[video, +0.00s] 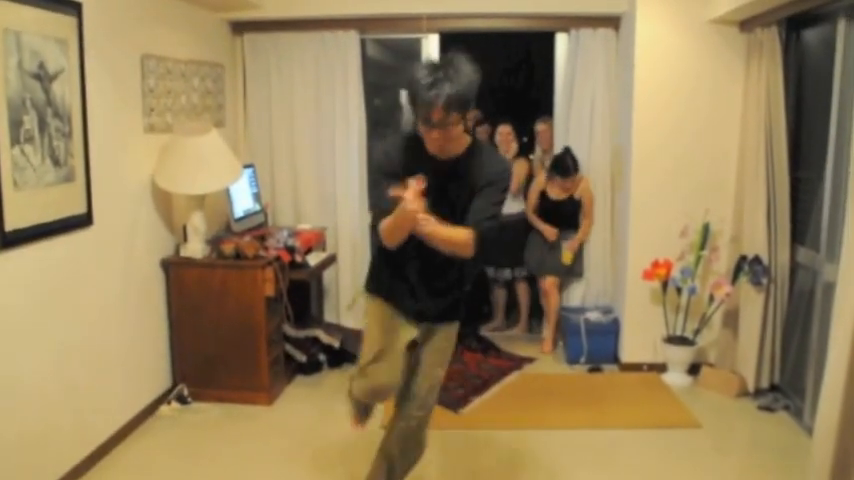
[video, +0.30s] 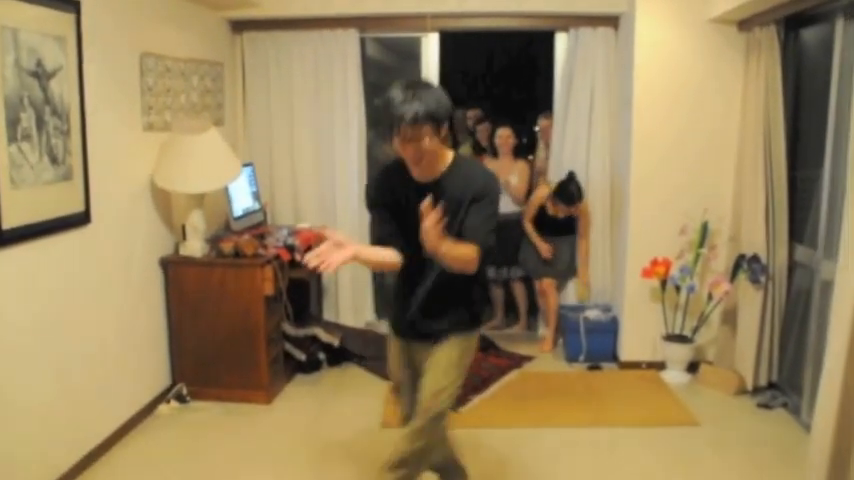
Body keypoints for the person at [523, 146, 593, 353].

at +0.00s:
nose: (567, 185)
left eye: (570, 180)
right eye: (563, 181)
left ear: (576, 175)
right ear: (553, 176)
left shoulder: (583, 187)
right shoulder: (541, 182)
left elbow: (587, 219)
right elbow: (529, 211)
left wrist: (575, 242)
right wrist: (544, 228)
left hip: (568, 234)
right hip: (542, 231)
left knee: (550, 283)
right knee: (543, 284)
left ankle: (549, 333)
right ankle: (551, 329)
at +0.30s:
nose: (565, 213)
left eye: (569, 210)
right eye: (562, 209)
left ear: (576, 204)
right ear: (555, 198)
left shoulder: (580, 208)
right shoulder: (542, 194)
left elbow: (582, 238)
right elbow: (526, 220)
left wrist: (583, 273)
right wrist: (540, 244)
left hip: (565, 240)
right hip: (538, 237)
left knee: (548, 284)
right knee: (540, 286)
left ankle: (551, 333)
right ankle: (550, 328)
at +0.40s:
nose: (562, 220)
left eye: (567, 217)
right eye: (560, 215)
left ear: (575, 212)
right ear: (554, 205)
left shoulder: (579, 215)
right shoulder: (540, 200)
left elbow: (582, 247)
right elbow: (524, 225)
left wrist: (583, 281)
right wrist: (538, 250)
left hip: (564, 242)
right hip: (538, 239)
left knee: (547, 283)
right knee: (538, 287)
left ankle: (550, 332)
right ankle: (550, 329)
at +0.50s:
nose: (562, 221)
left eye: (567, 219)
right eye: (560, 217)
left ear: (575, 213)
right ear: (554, 207)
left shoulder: (579, 216)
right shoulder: (541, 200)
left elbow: (581, 248)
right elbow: (524, 225)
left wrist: (583, 282)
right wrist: (538, 251)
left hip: (563, 241)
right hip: (537, 238)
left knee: (546, 282)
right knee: (537, 286)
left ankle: (550, 331)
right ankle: (550, 328)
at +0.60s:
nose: (563, 221)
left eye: (568, 218)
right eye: (561, 216)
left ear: (575, 212)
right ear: (553, 206)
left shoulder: (579, 215)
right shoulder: (541, 199)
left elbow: (581, 247)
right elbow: (524, 224)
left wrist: (583, 280)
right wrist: (538, 251)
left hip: (563, 240)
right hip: (538, 237)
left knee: (547, 282)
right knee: (538, 285)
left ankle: (550, 331)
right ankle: (549, 327)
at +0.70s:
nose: (561, 218)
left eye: (566, 215)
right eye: (558, 214)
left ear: (572, 210)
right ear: (551, 204)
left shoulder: (578, 211)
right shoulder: (540, 198)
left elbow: (581, 244)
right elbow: (524, 224)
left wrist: (582, 277)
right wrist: (539, 249)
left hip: (564, 240)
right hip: (539, 237)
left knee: (548, 281)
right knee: (539, 285)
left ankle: (550, 330)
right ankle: (549, 326)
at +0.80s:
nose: (568, 211)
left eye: (570, 207)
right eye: (564, 207)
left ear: (574, 202)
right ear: (553, 201)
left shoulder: (578, 208)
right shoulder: (538, 199)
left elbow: (581, 238)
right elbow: (528, 227)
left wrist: (582, 269)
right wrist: (539, 246)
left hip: (564, 240)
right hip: (540, 239)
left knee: (548, 282)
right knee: (540, 283)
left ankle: (550, 330)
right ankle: (550, 327)